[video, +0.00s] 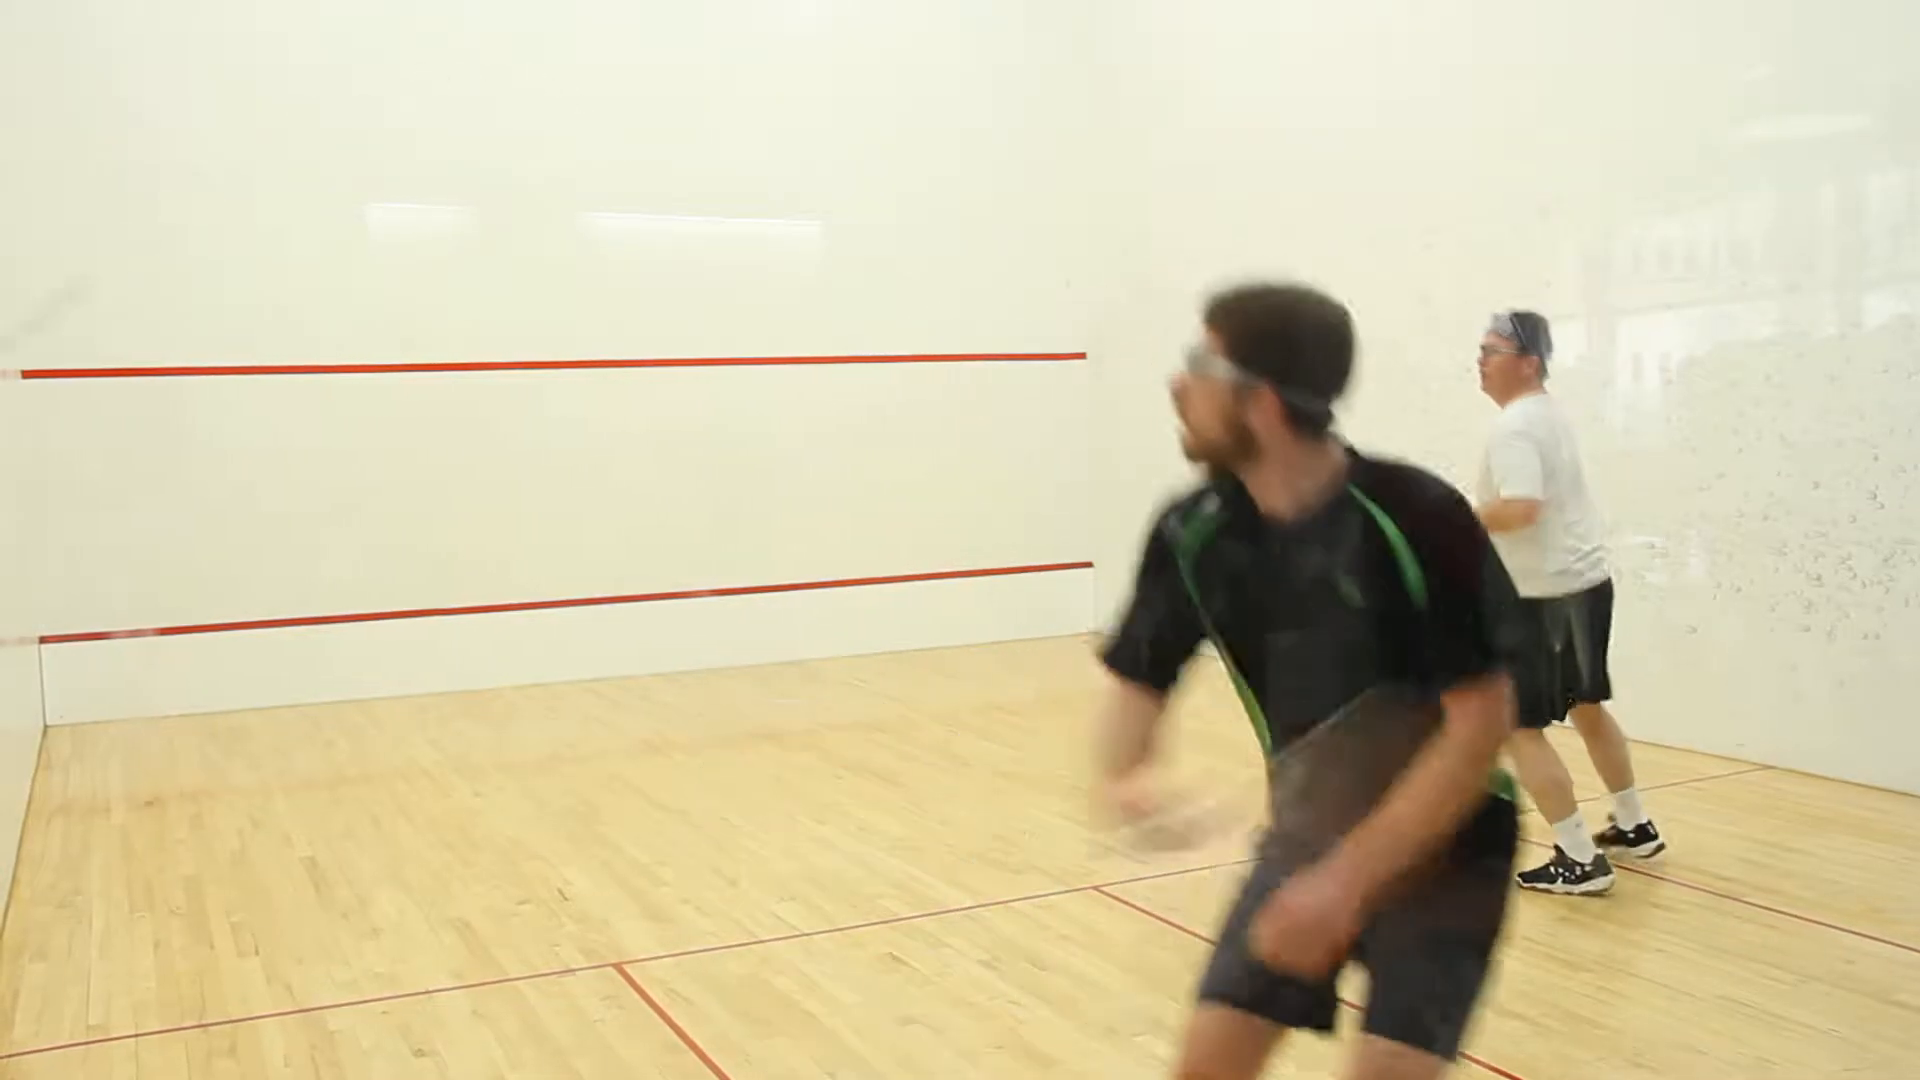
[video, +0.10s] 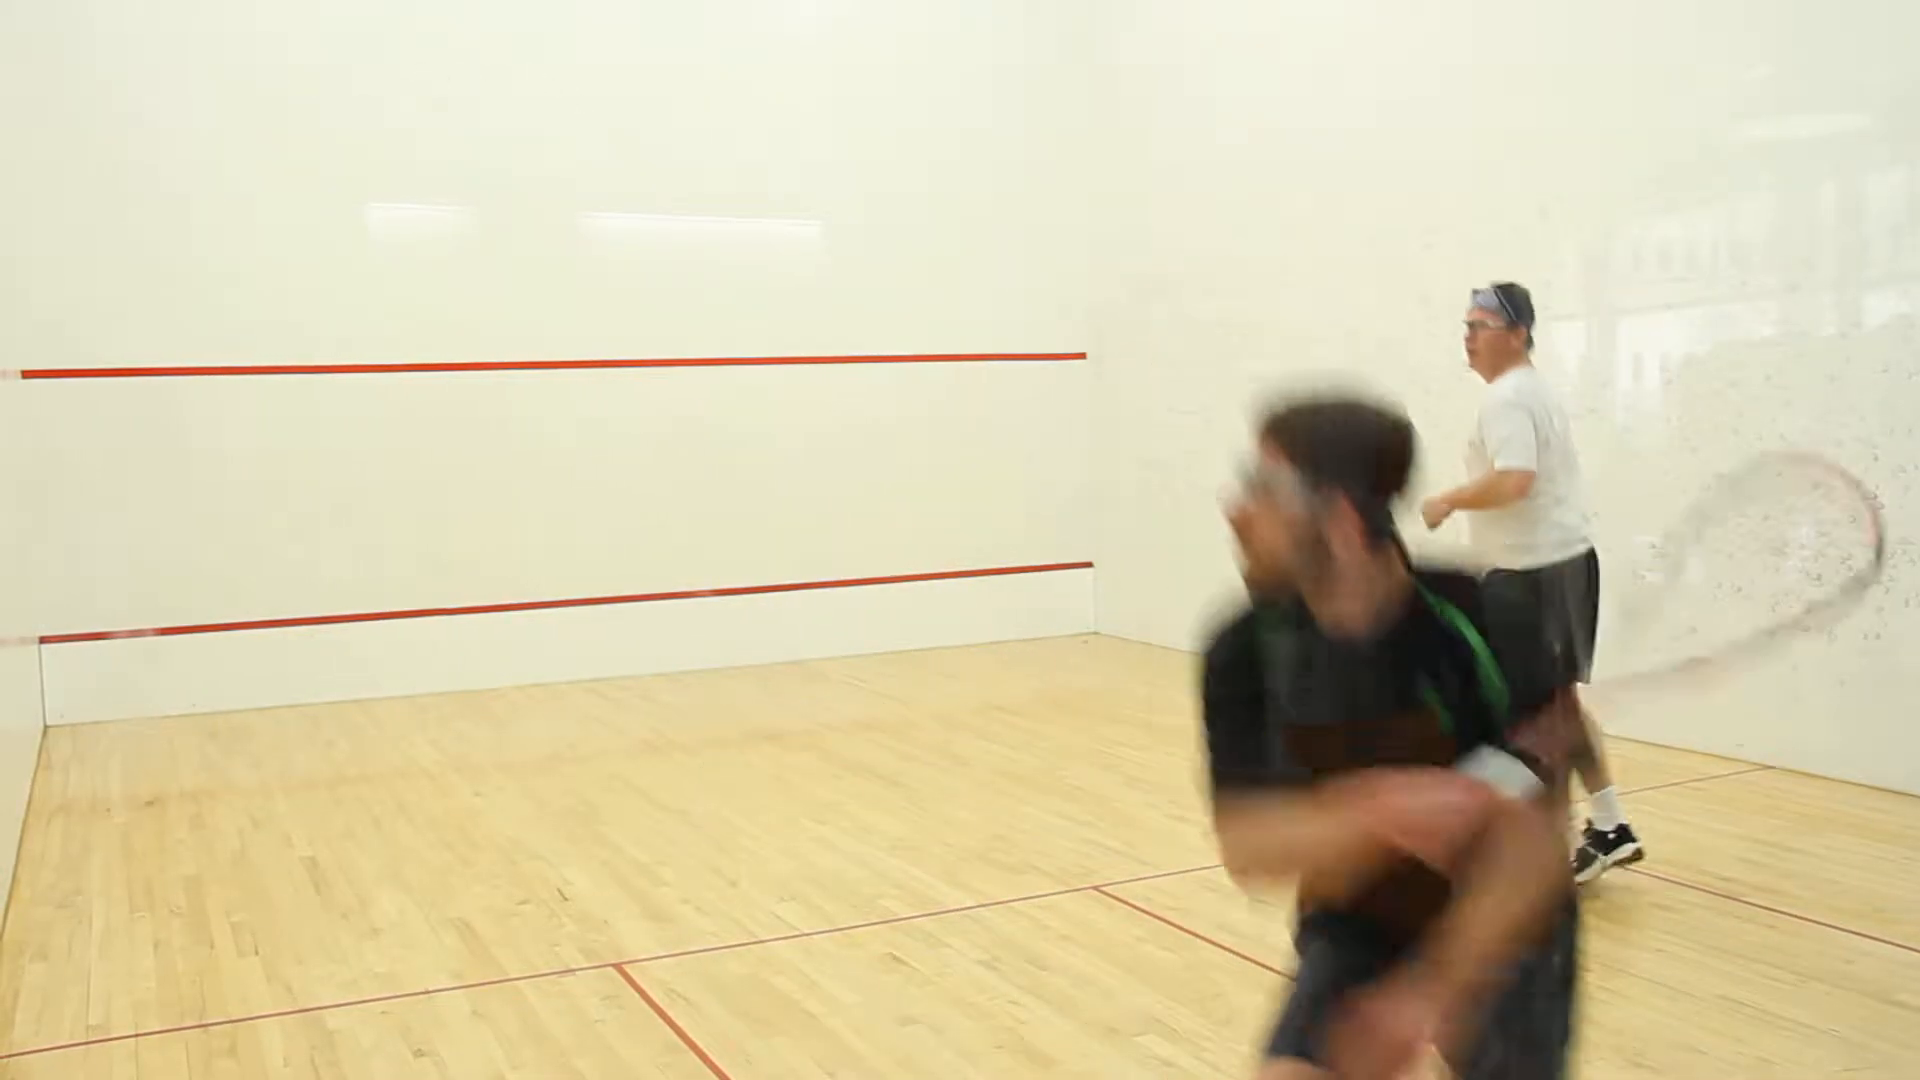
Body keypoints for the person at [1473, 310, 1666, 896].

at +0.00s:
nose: (1479, 363)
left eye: (1490, 352)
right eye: (1481, 351)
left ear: (1528, 363)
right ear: (1527, 365)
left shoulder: (1517, 426)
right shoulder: (1550, 415)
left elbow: (1522, 509)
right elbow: (1547, 501)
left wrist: (1464, 523)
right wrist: (1480, 514)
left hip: (1545, 594)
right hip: (1585, 584)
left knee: (1520, 725)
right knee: (1586, 703)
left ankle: (1578, 856)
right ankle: (1634, 823)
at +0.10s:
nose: (1467, 337)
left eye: (1478, 327)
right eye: (1467, 326)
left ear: (1516, 335)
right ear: (1510, 337)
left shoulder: (1510, 397)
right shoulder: (1536, 391)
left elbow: (1515, 480)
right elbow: (1537, 479)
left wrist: (1451, 501)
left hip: (1529, 571)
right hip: (1562, 561)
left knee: (1537, 711)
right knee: (1562, 696)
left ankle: (1544, 848)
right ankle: (1610, 825)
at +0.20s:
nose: (1456, 339)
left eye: (1469, 328)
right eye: (1453, 328)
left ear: (1506, 336)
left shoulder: (1501, 397)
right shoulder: (1522, 389)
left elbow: (1509, 483)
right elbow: (1562, 471)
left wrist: (1441, 498)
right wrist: (1571, 531)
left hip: (1523, 572)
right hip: (1544, 563)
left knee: (1525, 703)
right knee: (1547, 698)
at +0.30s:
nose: (1444, 367)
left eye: (1456, 355)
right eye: (1441, 355)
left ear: (1491, 361)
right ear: (1435, 356)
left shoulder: (1490, 421)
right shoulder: (1509, 414)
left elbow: (1499, 516)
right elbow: (1550, 505)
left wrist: (1426, 527)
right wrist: (1558, 569)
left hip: (1504, 601)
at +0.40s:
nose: (1419, 381)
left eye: (1430, 368)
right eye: (1415, 369)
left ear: (1467, 375)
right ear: (1414, 371)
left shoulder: (1473, 437)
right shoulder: (1463, 434)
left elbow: (1476, 532)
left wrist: (1404, 555)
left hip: (1478, 620)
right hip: (1467, 615)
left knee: (1425, 748)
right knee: (1426, 744)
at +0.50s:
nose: (1373, 382)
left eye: (1383, 370)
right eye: (1374, 370)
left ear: (1421, 377)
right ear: (1423, 379)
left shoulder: (1433, 439)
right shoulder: (1444, 436)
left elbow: (1431, 535)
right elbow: (1446, 533)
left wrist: (1375, 564)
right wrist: (1394, 563)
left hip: (1440, 623)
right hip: (1474, 620)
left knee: (1400, 758)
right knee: (1492, 751)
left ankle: (1452, 906)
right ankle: (1569, 851)